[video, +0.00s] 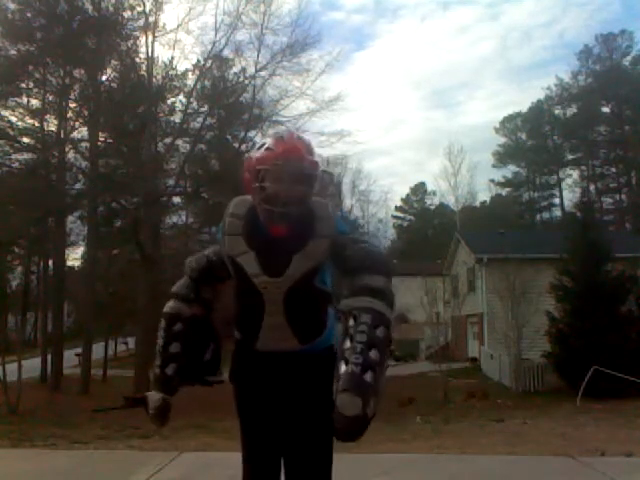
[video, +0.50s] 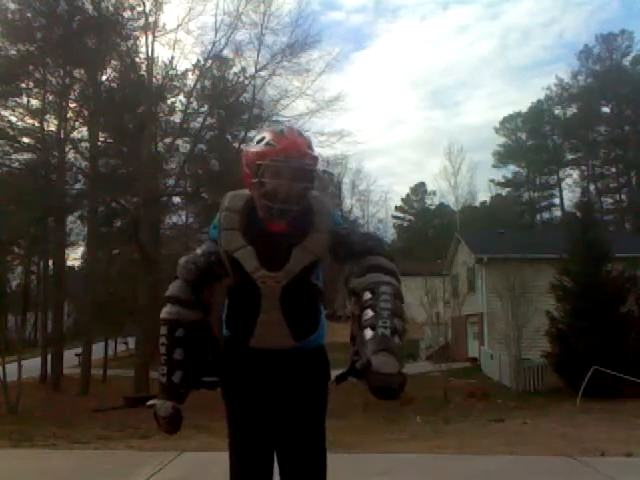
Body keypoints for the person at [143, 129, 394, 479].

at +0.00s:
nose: (284, 192)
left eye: (296, 181)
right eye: (274, 180)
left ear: (311, 186)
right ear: (256, 183)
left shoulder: (334, 229)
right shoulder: (233, 230)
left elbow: (369, 282)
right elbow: (192, 290)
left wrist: (361, 366)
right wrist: (171, 364)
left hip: (311, 365)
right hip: (254, 366)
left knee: (310, 466)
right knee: (259, 465)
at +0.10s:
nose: (283, 195)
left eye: (296, 184)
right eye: (273, 182)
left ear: (311, 188)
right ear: (254, 184)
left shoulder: (332, 229)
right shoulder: (232, 228)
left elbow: (369, 285)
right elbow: (194, 288)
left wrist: (364, 380)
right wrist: (174, 364)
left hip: (309, 364)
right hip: (251, 365)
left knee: (309, 464)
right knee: (257, 464)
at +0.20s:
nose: (285, 196)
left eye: (298, 185)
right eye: (276, 183)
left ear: (313, 188)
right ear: (256, 184)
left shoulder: (330, 229)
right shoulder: (231, 228)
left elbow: (373, 284)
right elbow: (192, 291)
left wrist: (375, 378)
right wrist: (172, 380)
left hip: (307, 366)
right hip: (248, 367)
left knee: (307, 467)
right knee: (255, 468)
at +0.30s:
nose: (287, 195)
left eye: (300, 185)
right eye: (277, 182)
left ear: (312, 188)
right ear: (256, 183)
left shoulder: (327, 226)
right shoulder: (231, 226)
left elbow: (371, 275)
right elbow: (189, 295)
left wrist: (383, 358)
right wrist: (170, 386)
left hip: (305, 363)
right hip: (246, 365)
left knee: (306, 466)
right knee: (253, 467)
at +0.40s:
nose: (286, 193)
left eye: (299, 182)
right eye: (277, 180)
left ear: (312, 187)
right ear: (256, 181)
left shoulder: (329, 227)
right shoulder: (229, 228)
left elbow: (375, 272)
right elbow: (187, 297)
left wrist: (385, 350)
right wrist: (170, 387)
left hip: (304, 363)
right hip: (245, 364)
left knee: (305, 467)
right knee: (251, 468)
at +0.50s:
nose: (286, 188)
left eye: (297, 178)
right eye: (275, 175)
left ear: (310, 182)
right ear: (255, 176)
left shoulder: (325, 220)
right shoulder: (230, 221)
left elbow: (370, 264)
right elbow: (188, 291)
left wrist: (380, 341)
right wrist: (171, 384)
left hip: (303, 362)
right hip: (244, 362)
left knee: (305, 466)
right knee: (248, 467)